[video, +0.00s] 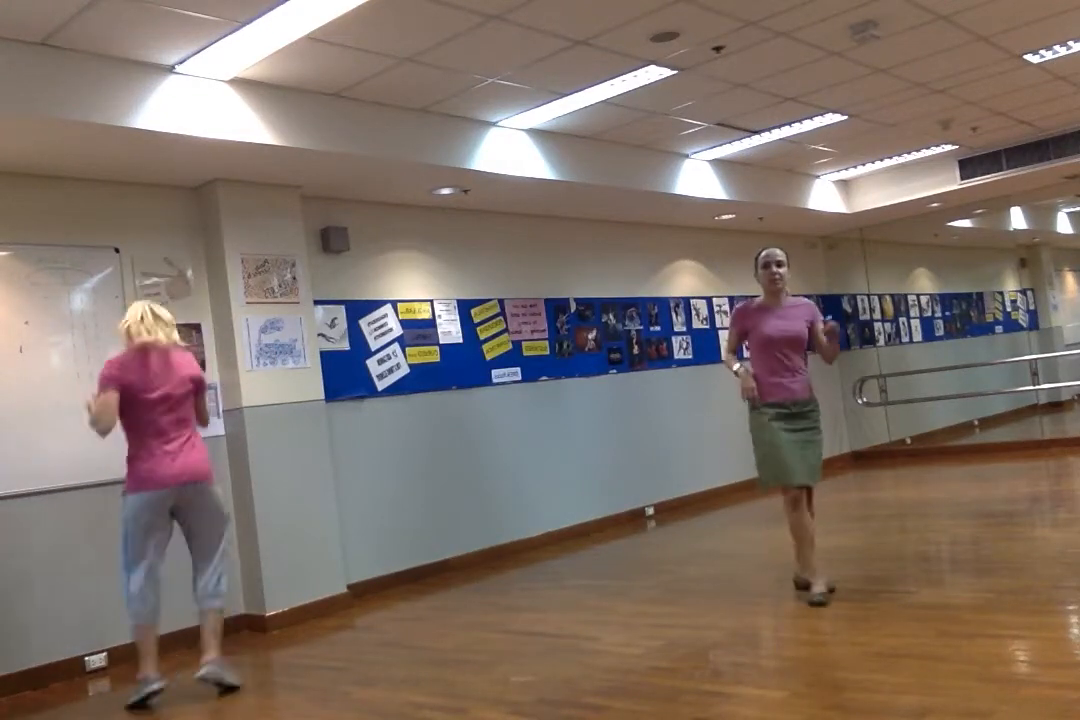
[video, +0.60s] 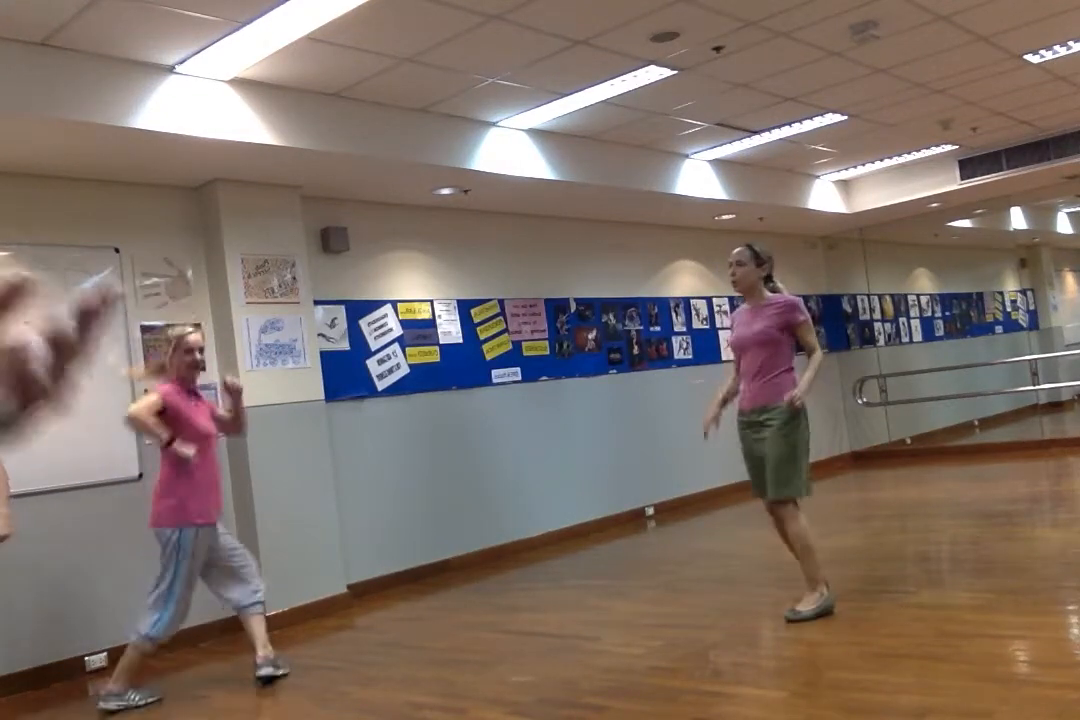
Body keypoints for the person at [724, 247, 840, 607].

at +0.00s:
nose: (775, 271)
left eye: (779, 265)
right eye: (767, 266)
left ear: (788, 271)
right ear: (757, 275)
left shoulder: (807, 309)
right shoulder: (746, 313)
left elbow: (829, 355)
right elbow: (730, 353)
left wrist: (825, 337)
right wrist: (742, 371)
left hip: (805, 409)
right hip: (769, 411)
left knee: (805, 496)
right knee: (794, 493)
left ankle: (802, 572)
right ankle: (815, 578)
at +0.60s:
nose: (732, 272)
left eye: (739, 265)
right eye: (730, 266)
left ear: (762, 269)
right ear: (732, 274)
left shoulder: (787, 305)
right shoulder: (738, 316)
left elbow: (816, 352)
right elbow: (739, 373)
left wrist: (801, 388)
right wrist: (718, 404)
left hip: (783, 412)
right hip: (749, 417)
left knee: (783, 504)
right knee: (775, 507)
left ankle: (818, 589)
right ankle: (817, 585)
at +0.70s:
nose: (723, 275)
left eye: (730, 269)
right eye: (722, 269)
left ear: (754, 272)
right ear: (731, 276)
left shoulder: (777, 309)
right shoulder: (736, 317)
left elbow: (804, 359)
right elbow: (742, 376)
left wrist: (783, 388)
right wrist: (726, 418)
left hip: (776, 416)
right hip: (746, 420)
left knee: (780, 510)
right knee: (753, 513)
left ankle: (816, 592)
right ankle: (813, 568)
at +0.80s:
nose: (714, 276)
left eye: (720, 270)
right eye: (715, 270)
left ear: (742, 273)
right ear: (734, 276)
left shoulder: (767, 309)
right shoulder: (734, 315)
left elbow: (782, 362)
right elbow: (748, 367)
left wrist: (743, 384)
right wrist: (733, 388)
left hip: (771, 417)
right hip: (746, 419)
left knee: (781, 509)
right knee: (731, 508)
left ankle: (817, 590)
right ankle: (791, 572)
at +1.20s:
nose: (675, 288)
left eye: (677, 282)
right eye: (676, 281)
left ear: (689, 283)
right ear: (707, 281)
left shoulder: (702, 318)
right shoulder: (721, 314)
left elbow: (712, 380)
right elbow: (746, 372)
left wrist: (677, 425)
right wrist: (709, 392)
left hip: (721, 424)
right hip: (737, 421)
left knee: (701, 516)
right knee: (724, 513)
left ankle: (779, 573)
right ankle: (745, 595)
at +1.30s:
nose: (668, 290)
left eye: (669, 284)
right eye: (669, 284)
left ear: (677, 286)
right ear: (701, 283)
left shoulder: (686, 321)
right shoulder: (726, 317)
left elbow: (703, 377)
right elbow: (741, 369)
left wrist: (676, 424)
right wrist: (707, 381)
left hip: (708, 424)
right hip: (736, 421)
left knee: (678, 507)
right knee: (724, 506)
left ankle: (734, 579)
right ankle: (747, 593)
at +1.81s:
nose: (680, 290)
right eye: (680, 285)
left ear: (649, 291)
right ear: (678, 288)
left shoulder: (633, 327)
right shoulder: (696, 322)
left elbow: (624, 385)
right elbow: (709, 372)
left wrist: (631, 387)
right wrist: (721, 410)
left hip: (656, 425)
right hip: (696, 422)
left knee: (664, 515)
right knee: (705, 499)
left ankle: (673, 598)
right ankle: (709, 567)